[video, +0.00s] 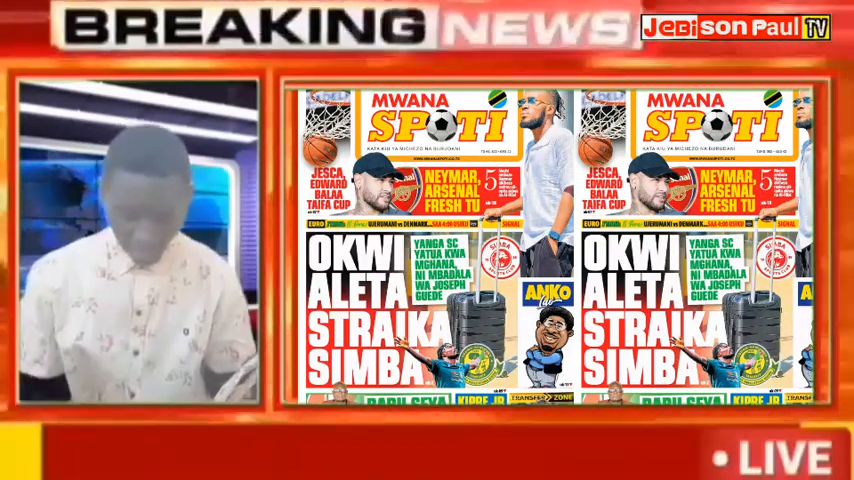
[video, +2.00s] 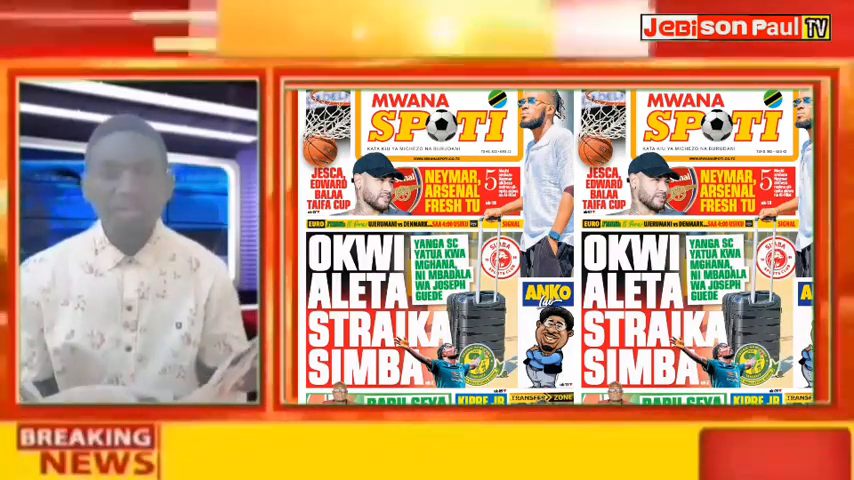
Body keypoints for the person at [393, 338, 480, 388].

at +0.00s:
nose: (453, 348)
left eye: (453, 347)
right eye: (449, 347)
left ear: (455, 352)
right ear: (443, 354)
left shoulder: (462, 367)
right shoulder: (438, 365)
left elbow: (474, 365)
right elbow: (423, 359)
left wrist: (478, 360)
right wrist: (408, 348)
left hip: (461, 403)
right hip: (444, 403)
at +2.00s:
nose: (453, 348)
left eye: (453, 347)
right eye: (449, 347)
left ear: (455, 351)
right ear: (443, 354)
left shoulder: (462, 367)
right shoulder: (438, 365)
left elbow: (474, 365)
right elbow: (423, 359)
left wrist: (478, 360)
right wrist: (408, 348)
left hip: (461, 403)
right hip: (444, 403)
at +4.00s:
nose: (453, 348)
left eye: (453, 347)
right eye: (449, 347)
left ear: (456, 352)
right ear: (443, 354)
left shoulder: (462, 367)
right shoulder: (439, 365)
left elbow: (474, 365)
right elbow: (423, 359)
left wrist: (478, 360)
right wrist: (408, 348)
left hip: (461, 402)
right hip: (445, 403)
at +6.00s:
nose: (453, 348)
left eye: (453, 347)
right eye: (449, 347)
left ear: (456, 352)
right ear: (443, 354)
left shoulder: (462, 367)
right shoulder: (439, 365)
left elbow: (474, 365)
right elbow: (423, 359)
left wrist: (478, 360)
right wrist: (407, 348)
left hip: (461, 403)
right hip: (444, 403)